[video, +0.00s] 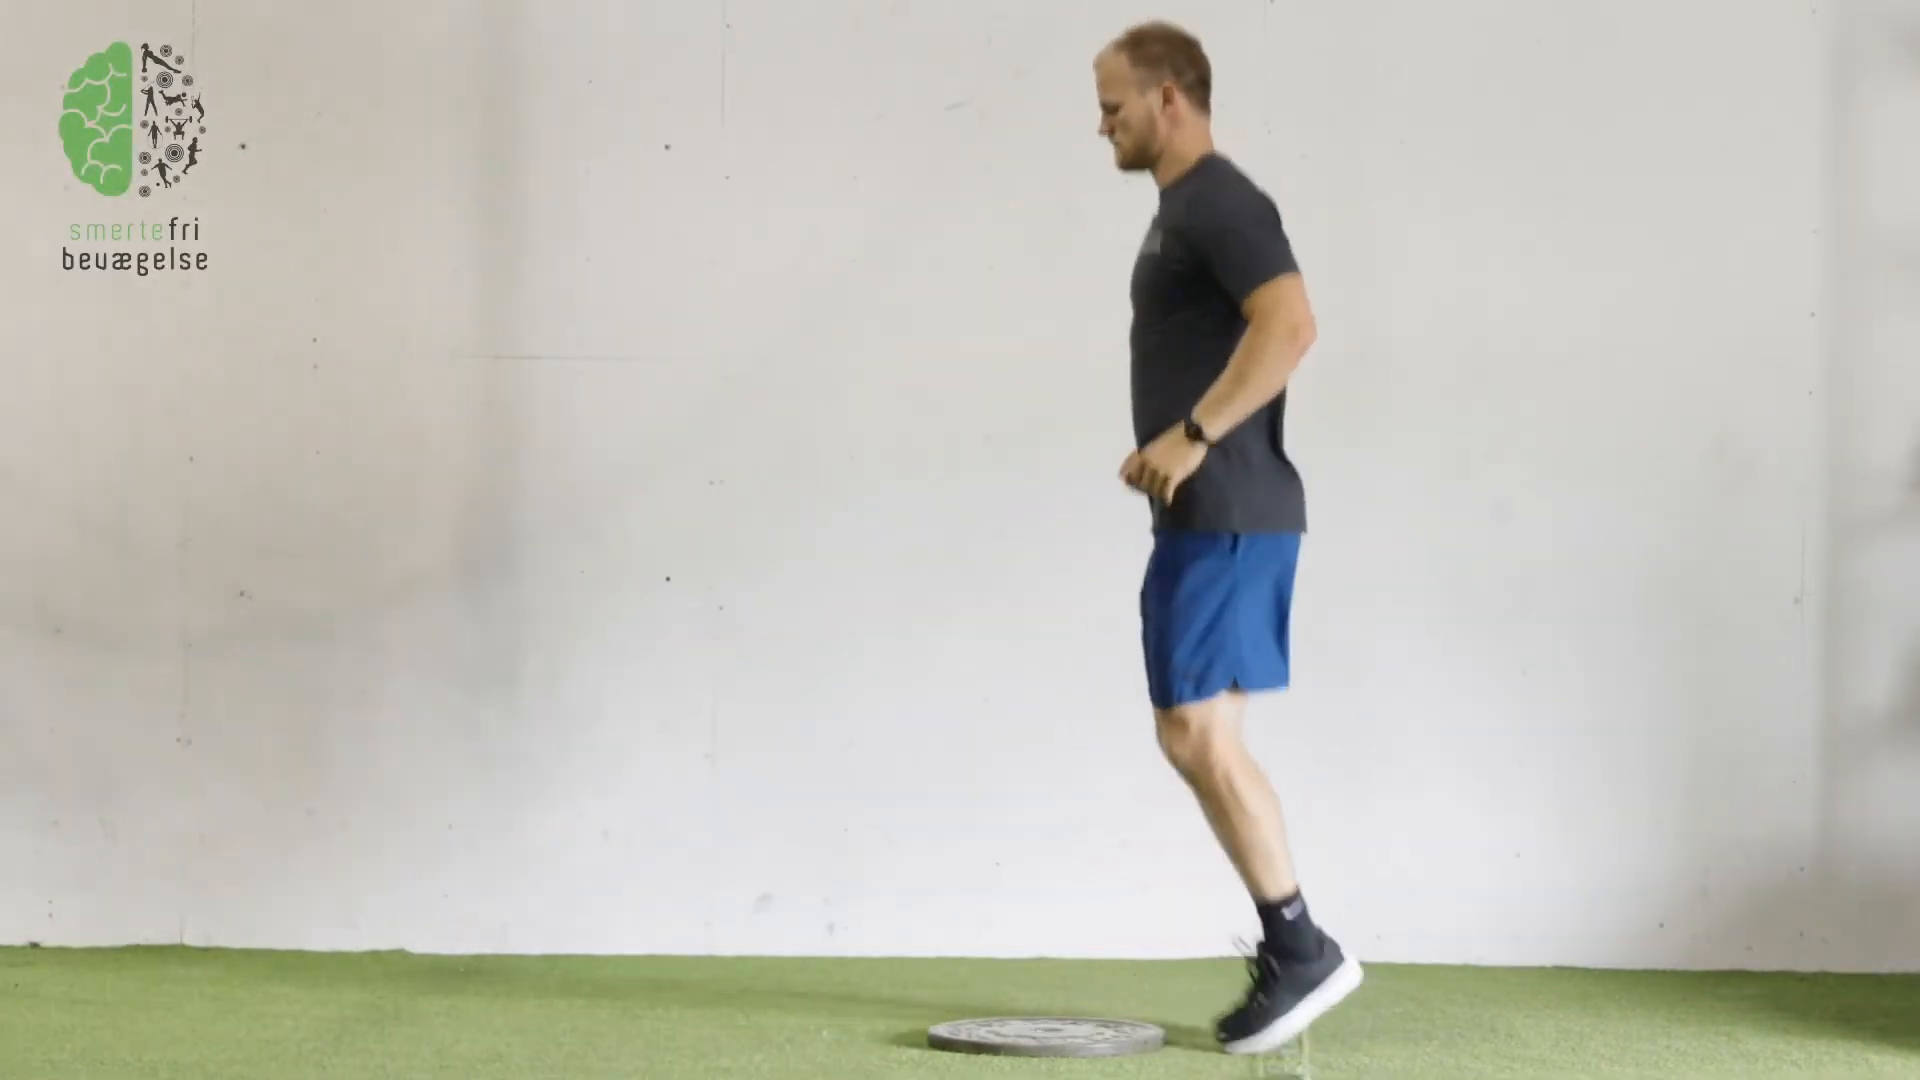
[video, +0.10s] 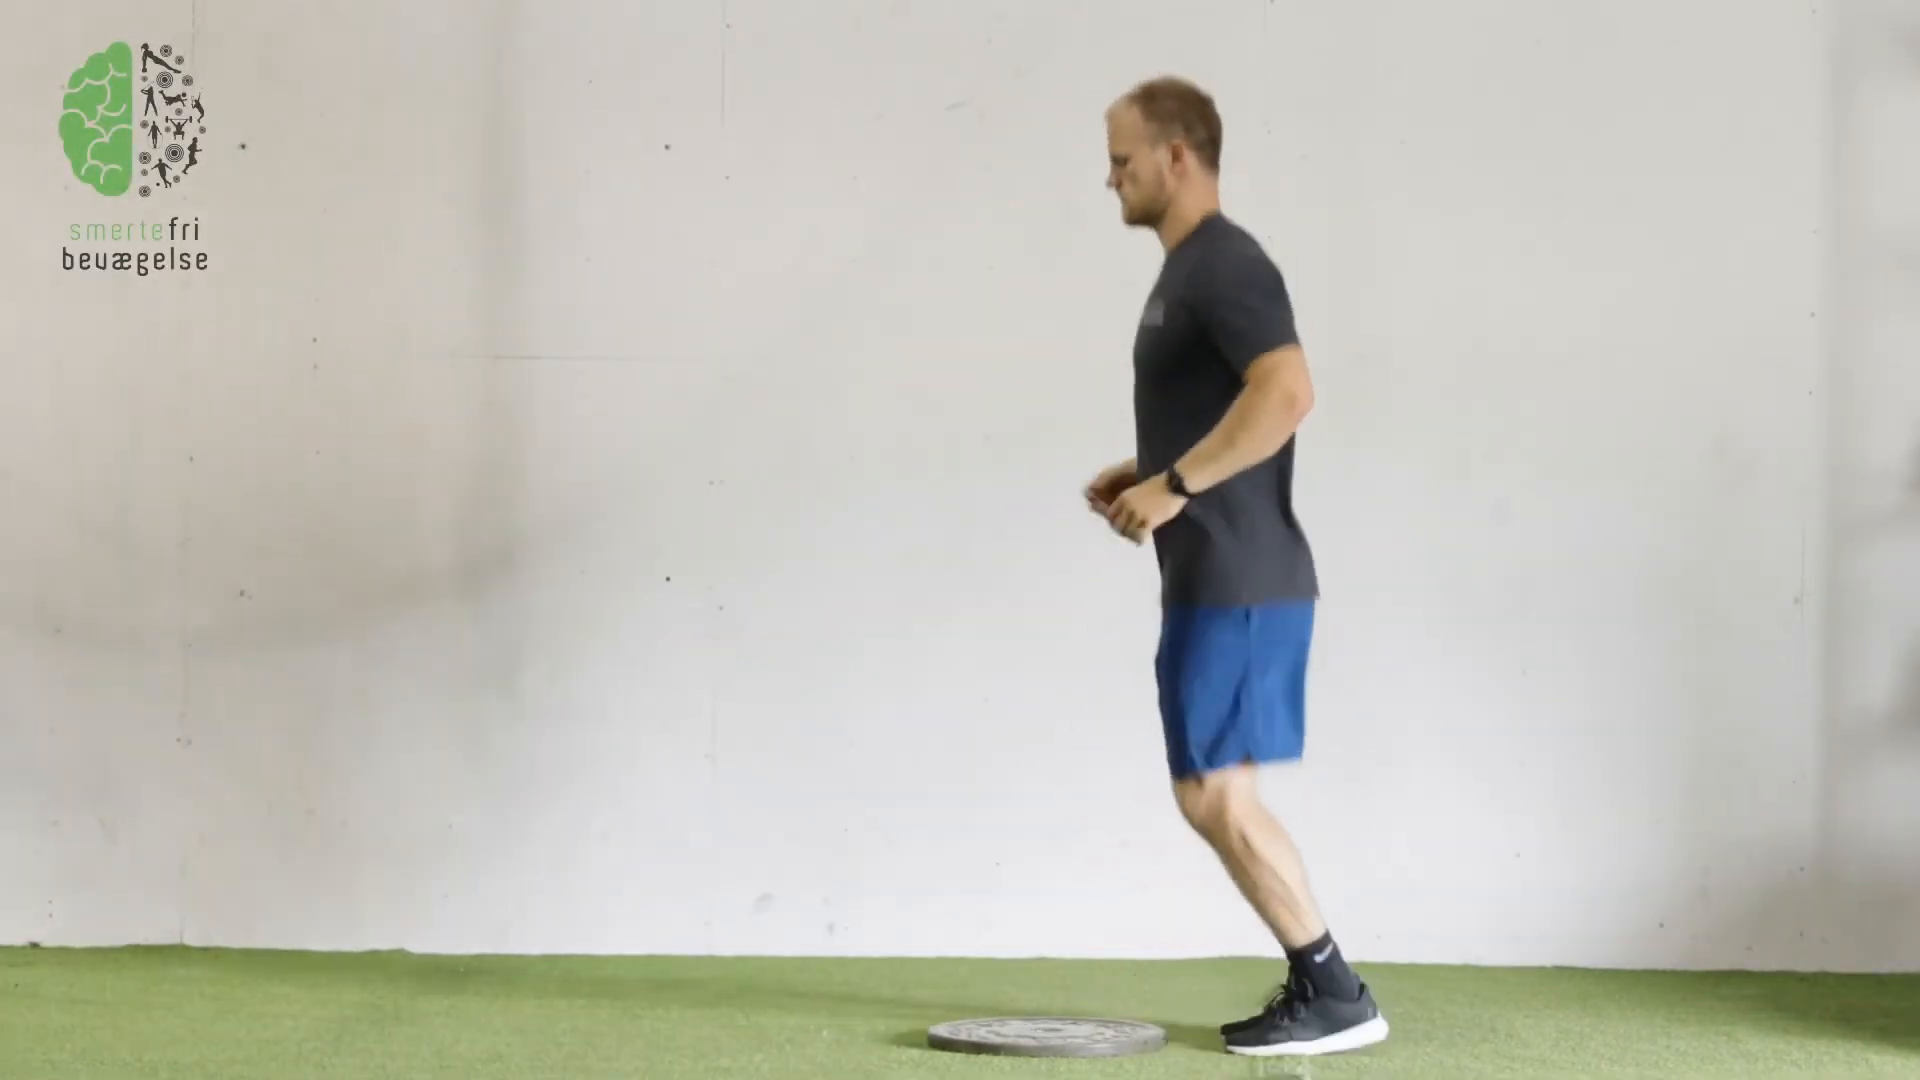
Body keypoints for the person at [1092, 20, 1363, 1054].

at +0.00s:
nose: (1101, 124)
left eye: (1111, 105)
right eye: (1101, 108)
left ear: (1166, 99)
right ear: (1166, 103)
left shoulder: (1219, 199)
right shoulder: (1185, 208)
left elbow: (1288, 324)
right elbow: (1247, 341)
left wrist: (1191, 432)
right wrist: (1169, 446)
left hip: (1230, 517)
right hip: (1208, 514)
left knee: (1203, 732)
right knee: (1191, 734)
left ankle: (1297, 949)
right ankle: (1290, 947)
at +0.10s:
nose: (1110, 177)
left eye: (1121, 159)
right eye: (1110, 161)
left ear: (1176, 156)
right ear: (1175, 160)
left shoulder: (1224, 260)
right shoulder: (1189, 266)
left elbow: (1287, 392)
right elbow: (1228, 408)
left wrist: (1176, 483)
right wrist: (1146, 472)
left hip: (1238, 580)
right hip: (1220, 577)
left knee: (1212, 796)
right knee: (1215, 794)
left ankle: (1331, 990)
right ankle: (1319, 986)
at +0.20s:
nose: (1114, 135)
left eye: (1122, 117)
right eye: (1113, 118)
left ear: (1178, 110)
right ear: (1176, 114)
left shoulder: (1224, 205)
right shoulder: (1195, 212)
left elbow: (1276, 330)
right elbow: (1228, 349)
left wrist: (1161, 403)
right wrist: (1136, 370)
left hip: (1218, 518)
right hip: (1211, 513)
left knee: (1220, 735)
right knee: (1231, 734)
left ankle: (1298, 955)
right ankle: (1290, 954)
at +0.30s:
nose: (1105, 87)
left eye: (1114, 68)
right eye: (1104, 70)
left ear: (1171, 60)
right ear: (1165, 64)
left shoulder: (1218, 151)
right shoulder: (1186, 161)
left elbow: (1279, 266)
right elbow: (1223, 283)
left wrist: (1159, 330)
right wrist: (1135, 318)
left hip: (1211, 470)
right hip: (1192, 468)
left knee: (1196, 689)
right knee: (1198, 691)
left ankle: (1268, 912)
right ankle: (1260, 910)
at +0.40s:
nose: (1087, 75)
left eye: (1096, 54)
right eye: (1086, 57)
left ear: (1153, 47)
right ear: (1151, 50)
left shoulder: (1198, 142)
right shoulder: (1182, 145)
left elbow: (1260, 260)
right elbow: (1261, 274)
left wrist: (1138, 329)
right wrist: (1142, 332)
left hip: (1198, 462)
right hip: (1186, 459)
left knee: (1172, 681)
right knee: (1168, 681)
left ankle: (1203, 914)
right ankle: (1195, 908)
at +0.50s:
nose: (1081, 109)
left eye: (1090, 89)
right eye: (1079, 92)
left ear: (1148, 81)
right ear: (1144, 85)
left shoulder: (1191, 177)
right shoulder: (1165, 183)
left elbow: (1238, 309)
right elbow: (1214, 325)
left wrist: (1119, 385)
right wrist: (1125, 404)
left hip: (1197, 491)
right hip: (1175, 488)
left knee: (1147, 715)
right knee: (1141, 714)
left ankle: (1172, 950)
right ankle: (1163, 946)